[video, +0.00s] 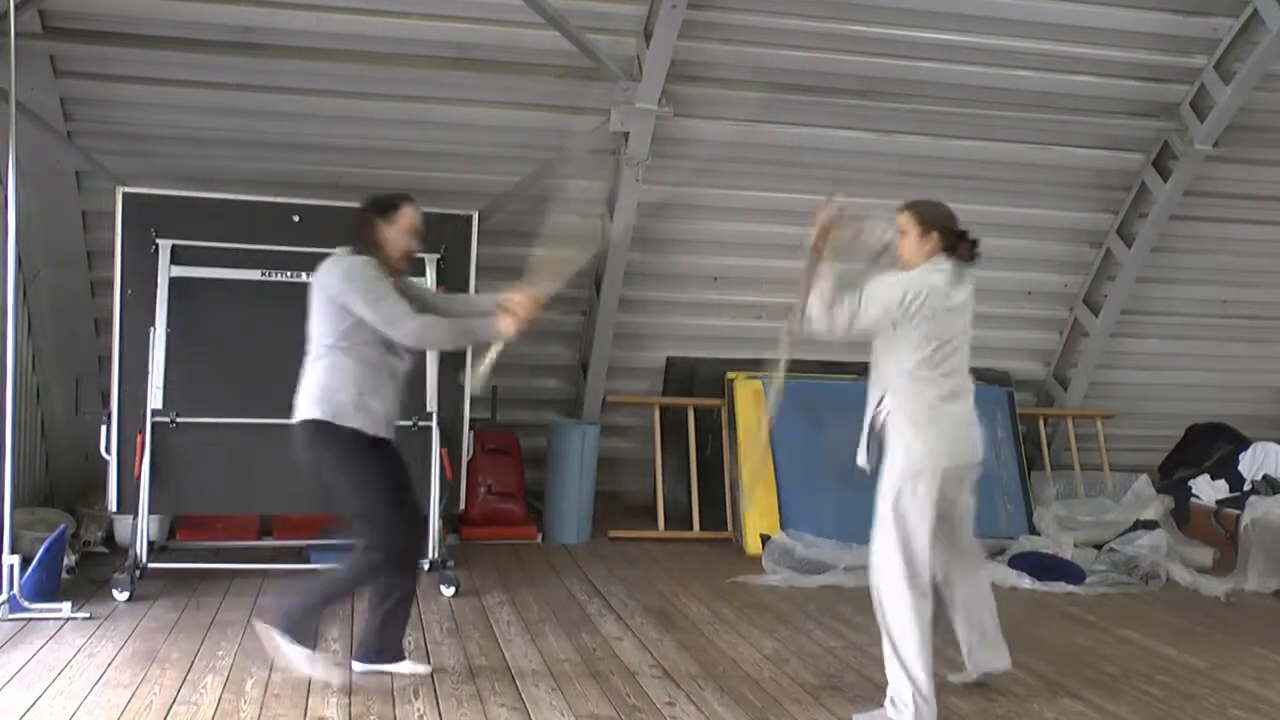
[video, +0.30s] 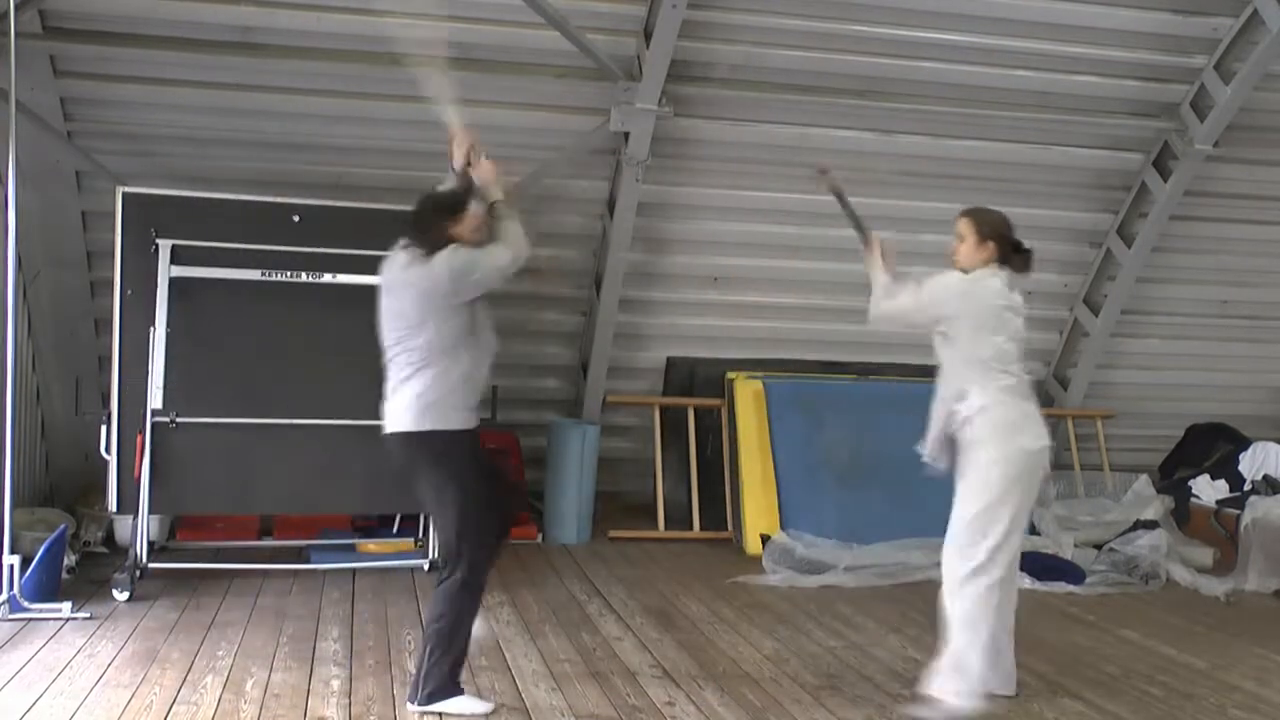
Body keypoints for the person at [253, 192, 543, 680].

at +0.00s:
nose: (416, 245)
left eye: (418, 235)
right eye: (409, 232)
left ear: (396, 233)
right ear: (379, 227)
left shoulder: (382, 279)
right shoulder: (348, 270)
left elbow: (439, 306)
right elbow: (409, 328)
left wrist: (502, 301)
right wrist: (495, 327)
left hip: (366, 432)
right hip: (333, 427)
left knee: (408, 537)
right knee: (385, 541)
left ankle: (378, 653)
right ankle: (289, 619)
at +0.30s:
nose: (481, 230)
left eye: (481, 223)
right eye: (475, 222)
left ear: (430, 224)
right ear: (448, 226)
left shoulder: (398, 264)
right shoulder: (444, 270)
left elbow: (443, 224)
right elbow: (513, 251)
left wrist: (460, 173)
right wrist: (498, 195)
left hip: (411, 428)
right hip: (439, 431)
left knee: (476, 529)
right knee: (468, 551)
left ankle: (453, 613)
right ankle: (433, 690)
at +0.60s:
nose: (554, 251)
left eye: (554, 240)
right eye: (548, 240)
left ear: (518, 239)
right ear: (518, 238)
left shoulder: (505, 288)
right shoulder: (483, 269)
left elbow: (540, 356)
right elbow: (552, 301)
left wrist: (596, 338)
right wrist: (616, 311)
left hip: (485, 439)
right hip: (447, 435)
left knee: (524, 535)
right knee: (482, 556)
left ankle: (520, 649)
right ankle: (432, 688)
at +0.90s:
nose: (578, 258)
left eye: (580, 247)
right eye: (573, 247)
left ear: (542, 243)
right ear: (545, 244)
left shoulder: (528, 279)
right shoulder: (512, 283)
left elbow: (599, 315)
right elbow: (564, 348)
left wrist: (664, 342)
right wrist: (651, 357)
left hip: (484, 433)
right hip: (451, 428)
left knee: (514, 539)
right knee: (464, 555)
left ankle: (517, 648)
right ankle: (412, 679)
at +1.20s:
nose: (590, 247)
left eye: (589, 235)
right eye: (588, 233)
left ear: (549, 222)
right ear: (572, 230)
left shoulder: (518, 259)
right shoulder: (546, 256)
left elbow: (541, 216)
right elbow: (615, 217)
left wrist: (543, 169)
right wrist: (583, 159)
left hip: (524, 426)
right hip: (500, 428)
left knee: (611, 473)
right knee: (474, 551)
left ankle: (566, 573)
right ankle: (414, 677)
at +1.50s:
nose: (631, 227)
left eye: (630, 218)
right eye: (622, 218)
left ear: (605, 228)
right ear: (592, 225)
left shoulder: (622, 291)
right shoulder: (557, 270)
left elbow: (666, 333)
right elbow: (627, 307)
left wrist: (721, 308)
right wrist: (703, 293)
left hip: (597, 435)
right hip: (544, 426)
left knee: (629, 539)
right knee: (572, 537)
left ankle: (629, 657)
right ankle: (490, 618)